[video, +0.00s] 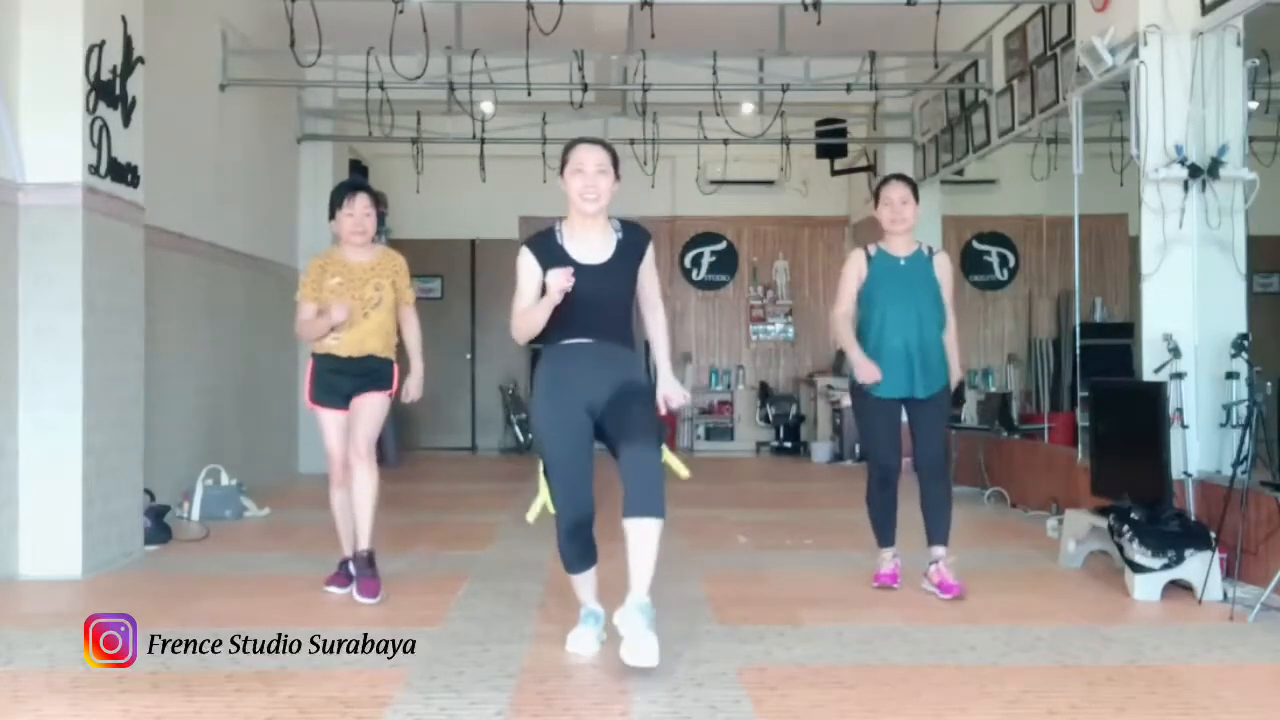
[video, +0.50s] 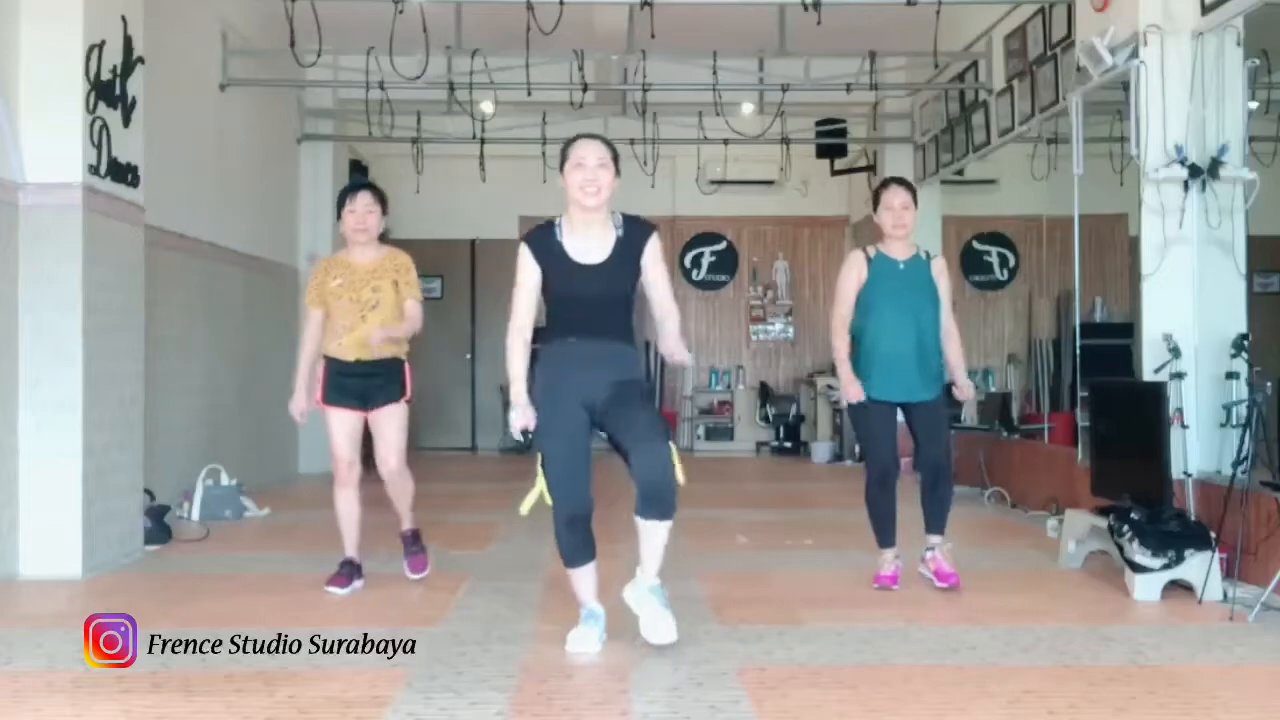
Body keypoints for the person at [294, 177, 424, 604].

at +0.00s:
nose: (359, 222)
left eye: (367, 215)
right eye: (350, 214)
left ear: (377, 220)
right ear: (334, 220)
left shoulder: (393, 263)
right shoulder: (319, 267)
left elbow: (408, 317)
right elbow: (304, 331)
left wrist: (416, 368)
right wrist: (330, 321)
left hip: (377, 367)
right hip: (329, 367)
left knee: (362, 452)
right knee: (339, 464)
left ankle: (365, 555)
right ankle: (347, 558)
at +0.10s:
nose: (361, 223)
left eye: (369, 215)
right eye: (351, 215)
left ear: (378, 220)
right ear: (335, 221)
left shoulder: (394, 262)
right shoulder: (320, 267)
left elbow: (409, 316)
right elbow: (304, 330)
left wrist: (418, 368)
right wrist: (333, 325)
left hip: (378, 368)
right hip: (329, 367)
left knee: (361, 457)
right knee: (338, 467)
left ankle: (366, 560)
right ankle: (348, 559)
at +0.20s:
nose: (359, 223)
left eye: (367, 215)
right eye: (349, 216)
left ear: (379, 221)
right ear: (335, 223)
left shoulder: (395, 268)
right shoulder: (321, 270)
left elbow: (408, 328)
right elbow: (306, 329)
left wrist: (421, 383)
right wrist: (329, 344)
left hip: (378, 373)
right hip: (330, 372)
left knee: (365, 468)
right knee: (338, 469)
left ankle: (368, 566)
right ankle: (348, 561)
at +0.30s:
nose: (357, 222)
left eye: (366, 214)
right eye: (349, 214)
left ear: (379, 221)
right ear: (336, 222)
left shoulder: (395, 268)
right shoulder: (322, 271)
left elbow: (409, 331)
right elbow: (310, 328)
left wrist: (417, 386)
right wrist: (317, 377)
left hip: (381, 372)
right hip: (334, 372)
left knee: (372, 462)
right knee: (340, 467)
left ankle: (372, 561)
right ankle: (350, 559)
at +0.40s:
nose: (358, 224)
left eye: (367, 216)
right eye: (349, 216)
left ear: (380, 223)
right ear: (338, 223)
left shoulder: (397, 268)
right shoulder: (324, 272)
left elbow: (413, 325)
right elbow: (312, 336)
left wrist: (401, 363)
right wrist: (304, 392)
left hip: (382, 373)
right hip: (335, 373)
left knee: (383, 460)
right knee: (340, 469)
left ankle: (389, 544)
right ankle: (349, 560)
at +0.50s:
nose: (361, 220)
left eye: (370, 212)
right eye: (352, 212)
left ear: (382, 219)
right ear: (340, 220)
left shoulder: (399, 262)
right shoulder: (326, 269)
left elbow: (414, 319)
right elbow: (312, 332)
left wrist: (393, 332)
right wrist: (301, 388)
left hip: (387, 372)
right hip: (339, 372)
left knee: (391, 465)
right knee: (345, 469)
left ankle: (409, 532)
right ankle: (350, 561)